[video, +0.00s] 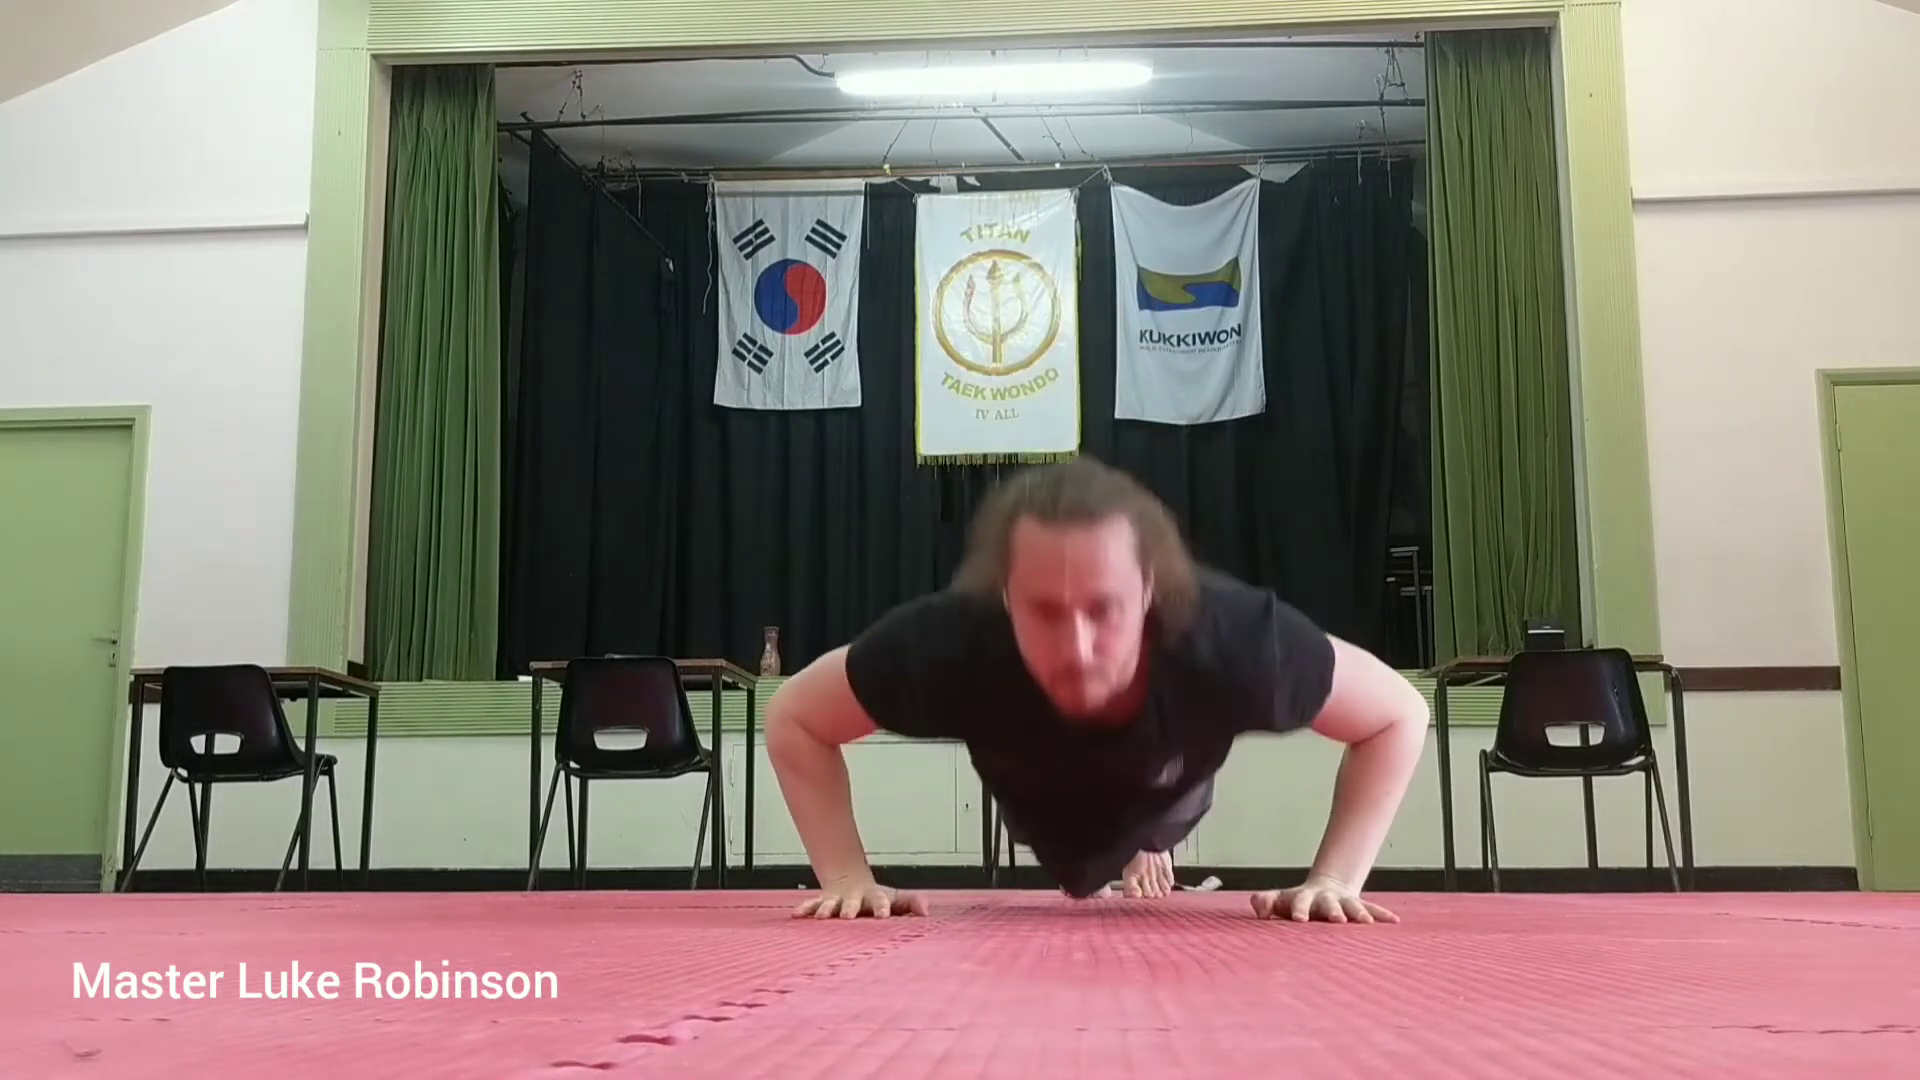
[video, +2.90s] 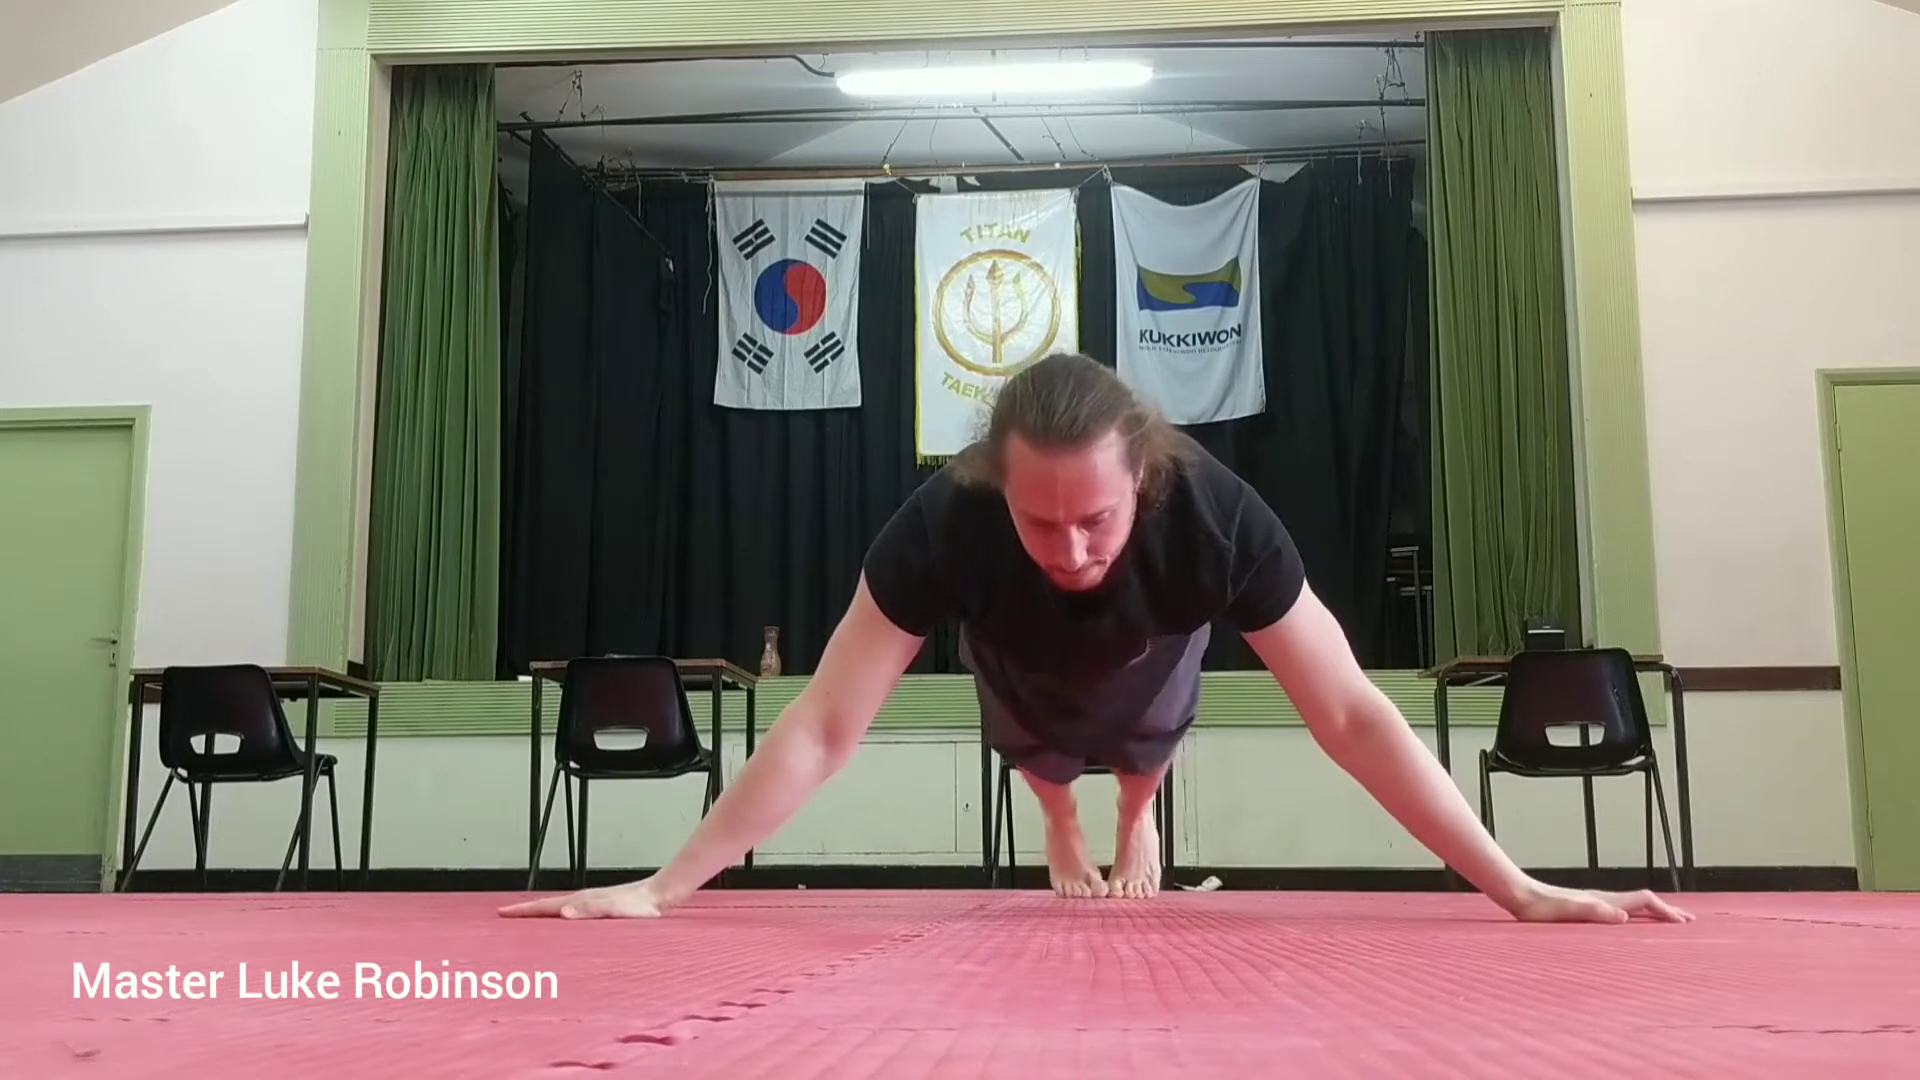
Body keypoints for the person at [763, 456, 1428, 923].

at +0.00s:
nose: (1079, 647)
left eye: (1103, 613)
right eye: (1048, 615)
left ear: (1151, 595)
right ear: (1007, 603)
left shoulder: (1236, 643)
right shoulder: (953, 645)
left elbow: (1399, 716)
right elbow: (796, 723)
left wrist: (1336, 879)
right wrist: (846, 877)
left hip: (1170, 795)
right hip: (1042, 805)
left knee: (1160, 831)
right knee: (1082, 865)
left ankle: (1152, 861)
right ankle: (1110, 875)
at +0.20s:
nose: (1069, 506)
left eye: (1091, 469)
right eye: (1039, 473)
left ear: (1134, 456)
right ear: (997, 466)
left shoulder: (1220, 542)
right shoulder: (943, 549)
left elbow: (1373, 695)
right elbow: (808, 709)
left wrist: (1335, 876)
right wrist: (845, 874)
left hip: (1161, 734)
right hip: (1039, 739)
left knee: (1150, 790)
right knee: (1070, 797)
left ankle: (1142, 829)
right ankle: (1080, 842)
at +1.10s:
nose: (1080, 476)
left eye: (1103, 445)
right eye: (1050, 448)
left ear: (1145, 410)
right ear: (1014, 422)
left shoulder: (1232, 453)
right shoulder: (975, 471)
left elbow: (1305, 673)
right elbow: (836, 630)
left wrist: (1331, 875)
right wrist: (728, 793)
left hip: (1198, 639)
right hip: (1080, 631)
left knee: (1174, 741)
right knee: (1075, 721)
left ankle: (1139, 812)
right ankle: (1059, 834)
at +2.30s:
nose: (1066, 533)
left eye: (1088, 507)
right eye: (1037, 511)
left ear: (1132, 467)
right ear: (995, 479)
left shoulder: (1204, 523)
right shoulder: (936, 523)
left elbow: (1336, 711)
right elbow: (816, 712)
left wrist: (1483, 885)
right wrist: (666, 889)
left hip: (1134, 676)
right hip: (1013, 685)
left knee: (1129, 765)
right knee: (1039, 776)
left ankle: (1128, 847)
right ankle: (1050, 855)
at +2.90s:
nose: (1072, 542)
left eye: (1093, 516)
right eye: (1041, 520)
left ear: (1142, 475)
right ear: (997, 488)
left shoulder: (1217, 524)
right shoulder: (946, 532)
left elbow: (1357, 722)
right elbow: (819, 732)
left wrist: (1518, 891)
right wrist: (664, 889)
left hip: (1151, 675)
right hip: (1028, 689)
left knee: (1138, 757)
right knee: (1048, 762)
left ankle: (1135, 849)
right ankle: (1062, 852)